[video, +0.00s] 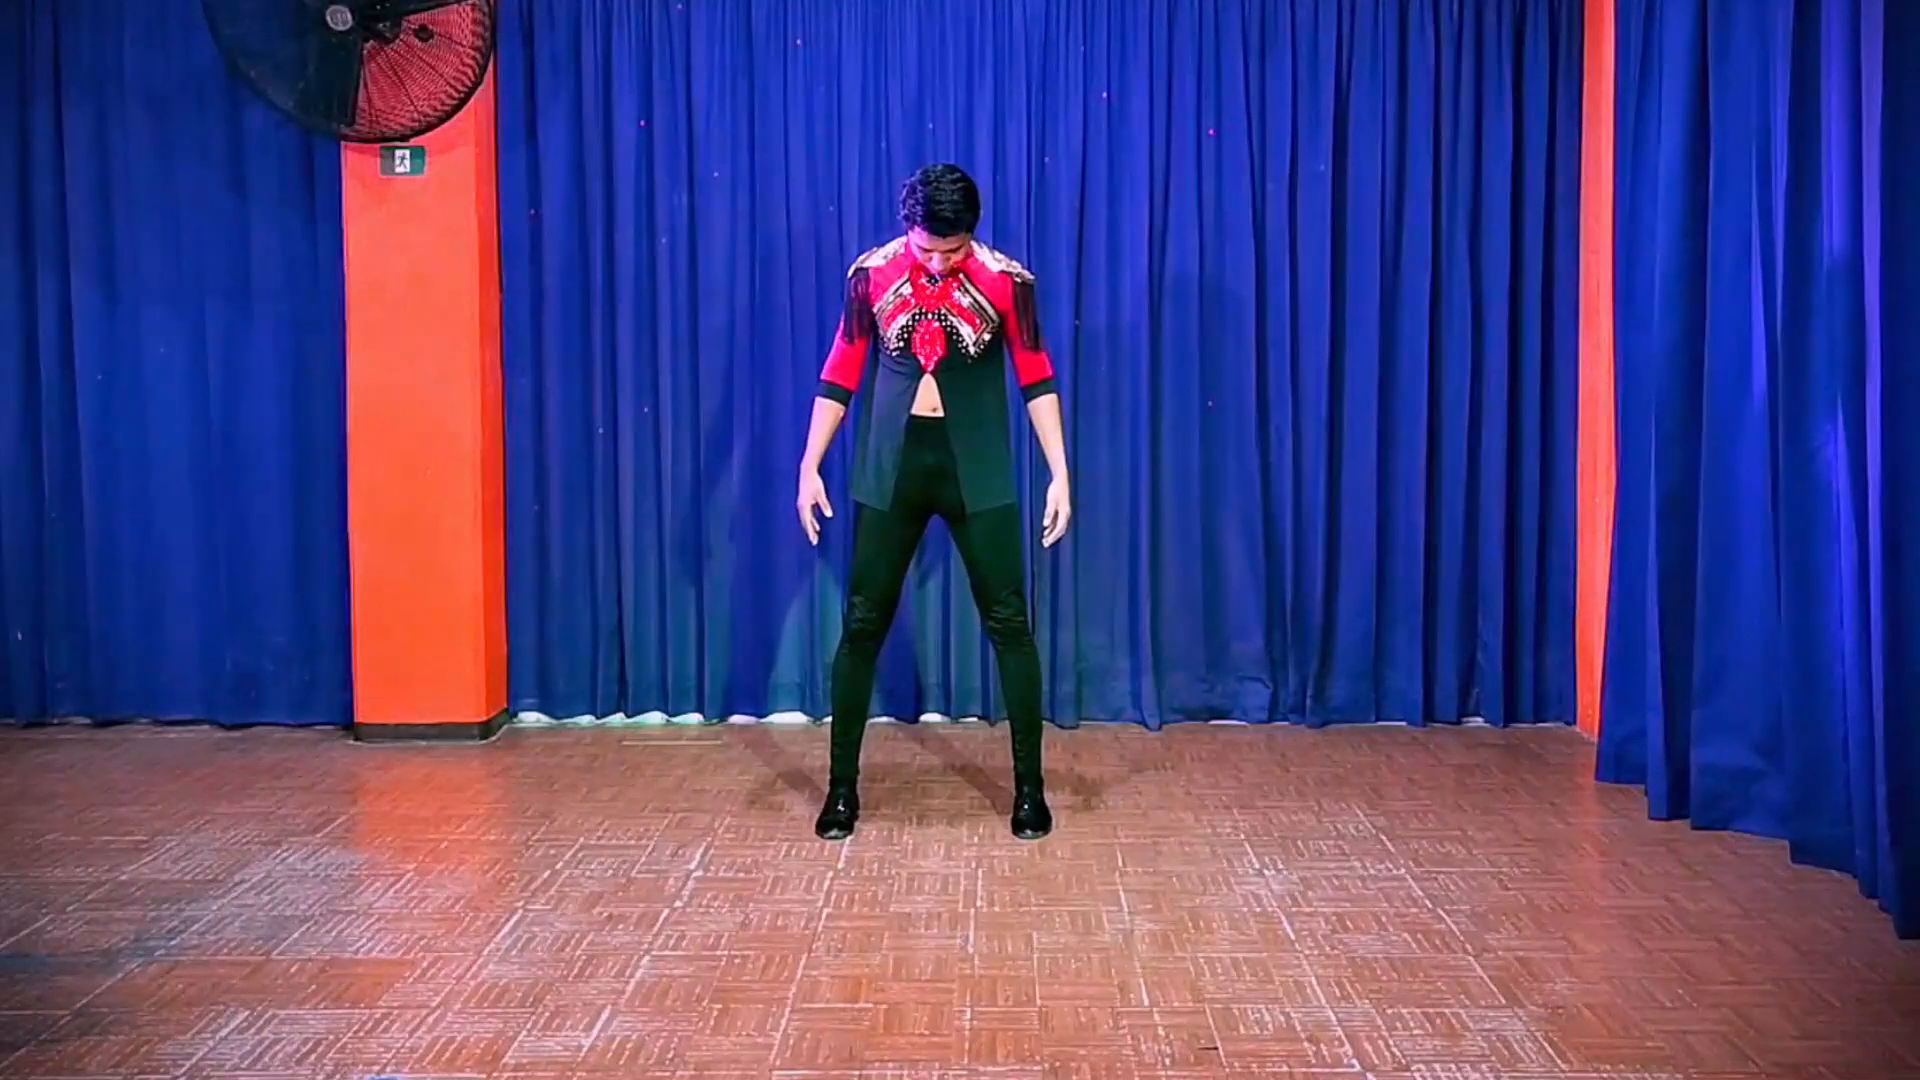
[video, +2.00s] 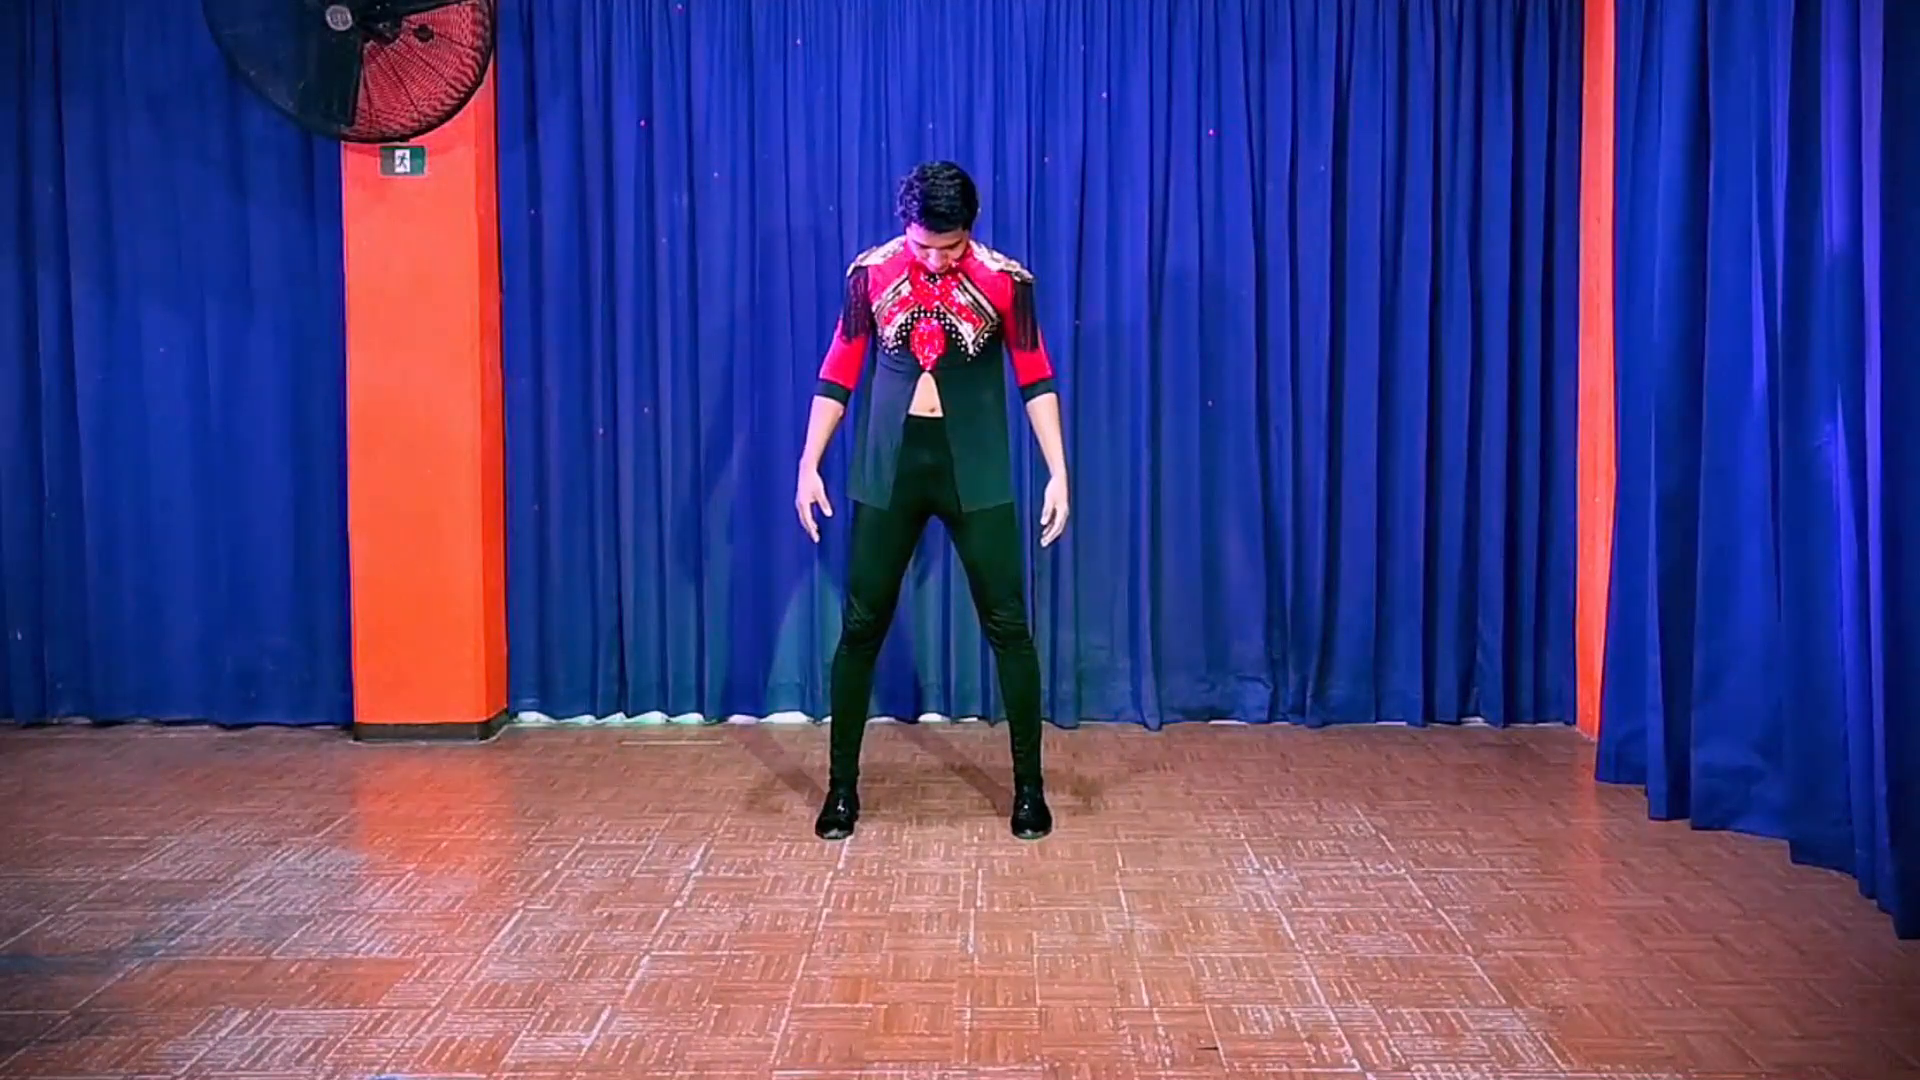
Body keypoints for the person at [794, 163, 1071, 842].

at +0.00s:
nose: (942, 259)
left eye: (954, 248)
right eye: (929, 247)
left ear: (974, 230)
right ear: (909, 228)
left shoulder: (1007, 281)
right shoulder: (872, 275)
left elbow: (1036, 378)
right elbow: (842, 372)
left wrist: (1059, 473)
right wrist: (809, 465)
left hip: (979, 464)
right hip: (892, 463)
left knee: (1008, 619)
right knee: (863, 622)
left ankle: (1029, 785)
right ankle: (841, 786)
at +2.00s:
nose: (940, 257)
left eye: (953, 245)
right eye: (928, 244)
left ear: (972, 228)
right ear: (907, 226)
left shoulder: (1005, 281)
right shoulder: (872, 275)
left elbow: (1035, 378)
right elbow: (839, 372)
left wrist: (1058, 472)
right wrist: (809, 464)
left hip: (977, 467)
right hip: (890, 466)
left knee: (1007, 623)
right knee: (863, 625)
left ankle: (1028, 784)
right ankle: (842, 786)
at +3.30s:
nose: (922, 233)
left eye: (937, 220)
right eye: (910, 218)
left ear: (956, 215)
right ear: (891, 209)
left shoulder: (986, 274)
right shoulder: (852, 267)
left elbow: (1081, 319)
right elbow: (768, 321)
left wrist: (1088, 372)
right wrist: (813, 349)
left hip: (955, 477)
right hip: (868, 476)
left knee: (984, 630)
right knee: (849, 627)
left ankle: (997, 786)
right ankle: (843, 790)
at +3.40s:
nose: (918, 230)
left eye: (932, 217)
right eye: (907, 215)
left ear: (953, 217)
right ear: (887, 215)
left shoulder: (978, 276)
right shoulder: (860, 275)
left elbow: (1031, 319)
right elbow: (855, 332)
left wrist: (1007, 235)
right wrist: (877, 231)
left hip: (949, 479)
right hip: (869, 475)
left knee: (940, 639)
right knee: (846, 629)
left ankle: (890, 784)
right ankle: (838, 782)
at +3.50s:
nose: (922, 216)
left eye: (932, 202)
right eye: (910, 204)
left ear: (953, 210)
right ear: (890, 214)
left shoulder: (989, 279)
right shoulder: (862, 280)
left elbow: (971, 322)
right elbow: (903, 335)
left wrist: (957, 226)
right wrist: (908, 242)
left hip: (953, 477)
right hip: (876, 473)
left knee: (939, 637)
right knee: (855, 623)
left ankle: (891, 785)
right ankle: (834, 783)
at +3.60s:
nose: (919, 226)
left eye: (933, 212)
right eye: (906, 212)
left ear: (952, 214)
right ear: (887, 213)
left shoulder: (979, 286)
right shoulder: (864, 287)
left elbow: (954, 378)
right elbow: (890, 378)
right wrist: (962, 304)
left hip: (957, 476)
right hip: (886, 473)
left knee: (941, 627)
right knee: (889, 614)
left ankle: (895, 780)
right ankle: (905, 772)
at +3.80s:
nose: (926, 231)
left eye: (940, 217)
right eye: (913, 217)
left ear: (958, 220)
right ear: (892, 219)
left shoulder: (992, 295)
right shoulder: (866, 305)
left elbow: (1042, 395)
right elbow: (842, 418)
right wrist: (837, 513)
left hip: (984, 480)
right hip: (913, 485)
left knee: (969, 640)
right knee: (973, 636)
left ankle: (891, 783)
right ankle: (1037, 777)